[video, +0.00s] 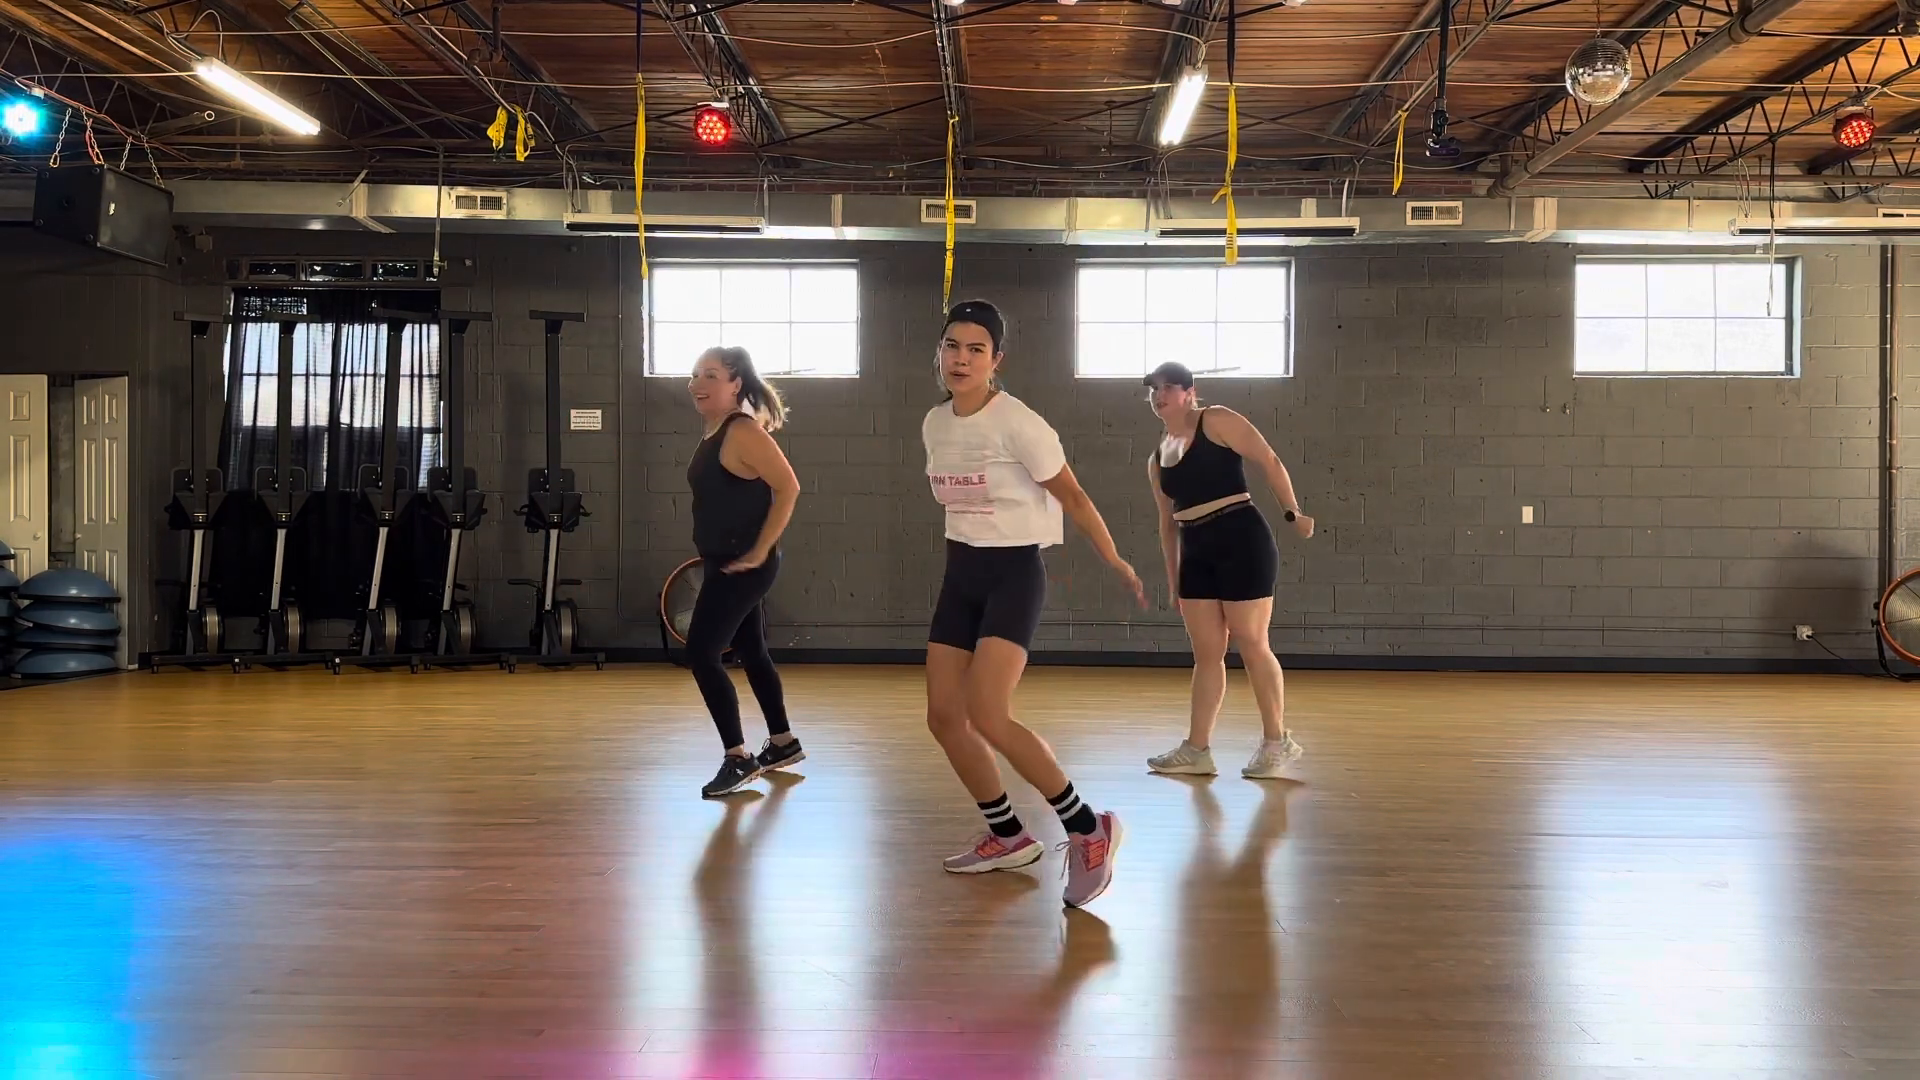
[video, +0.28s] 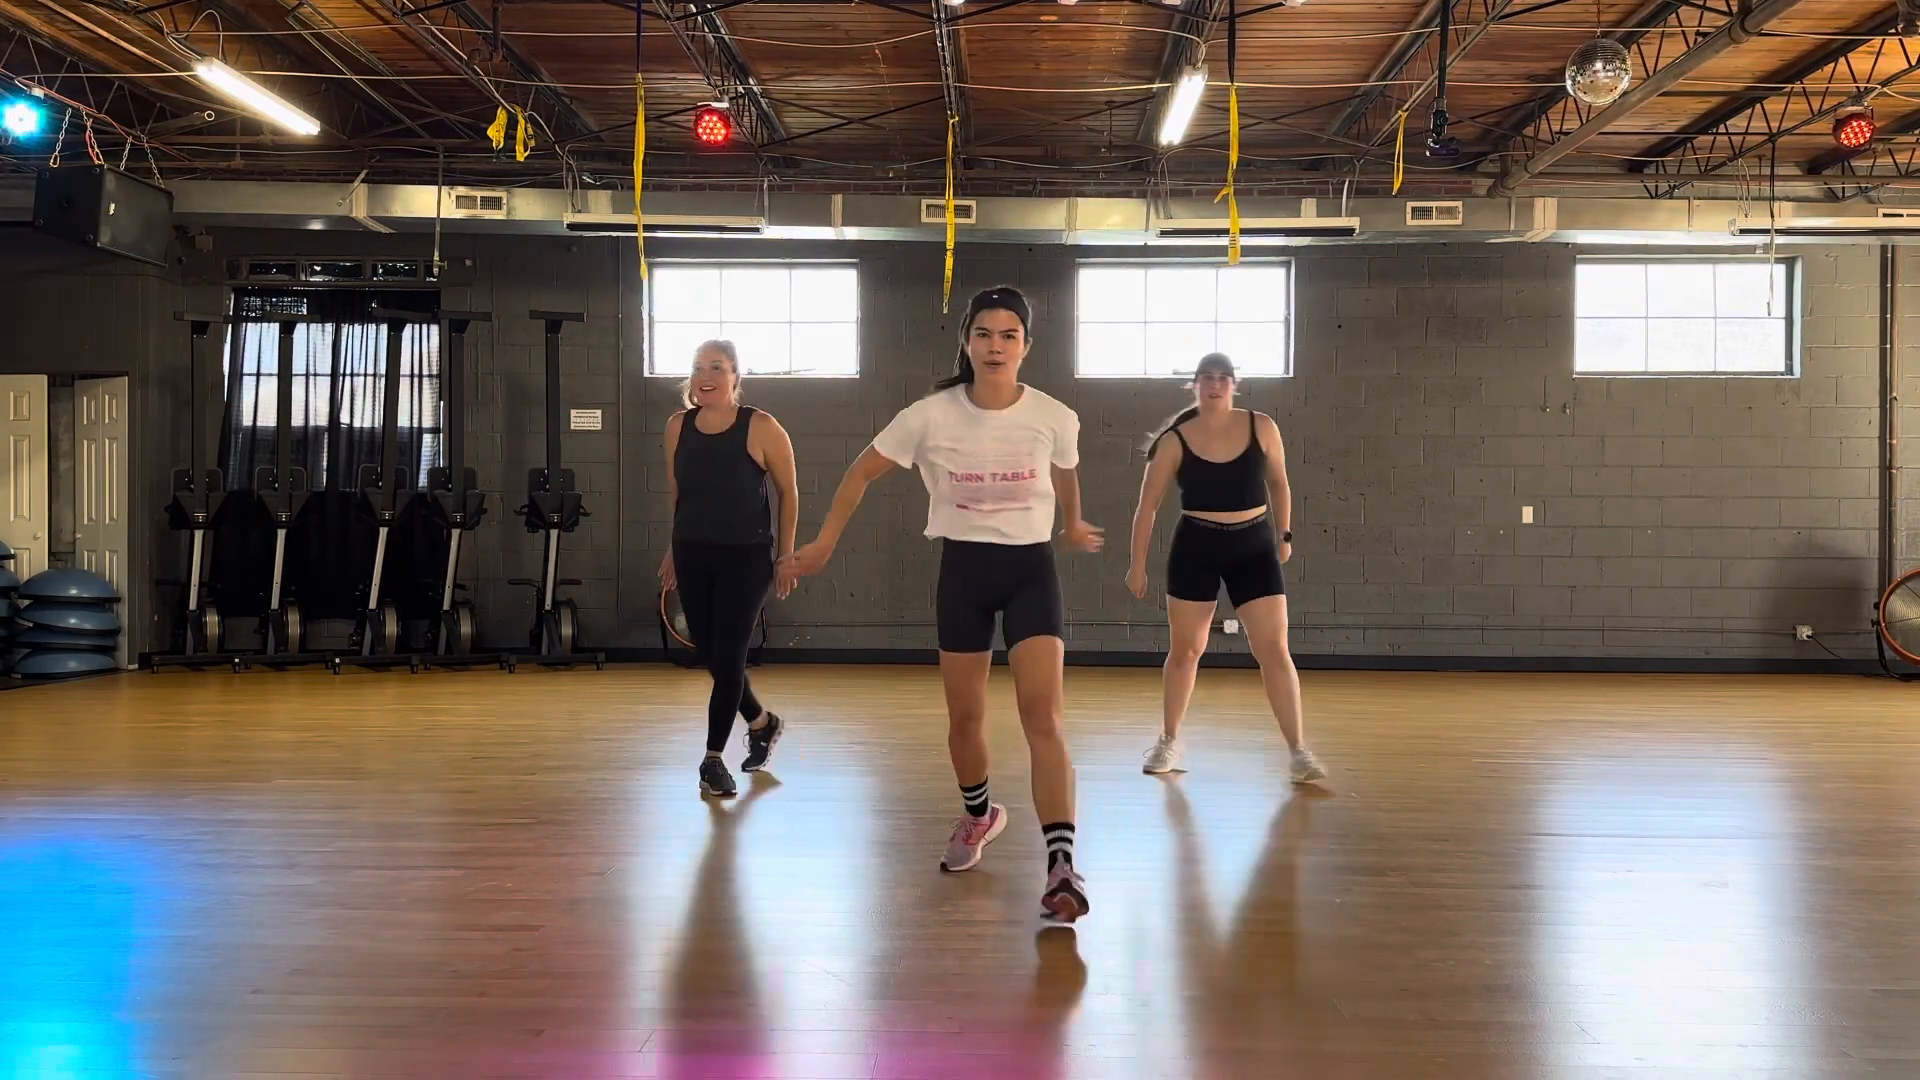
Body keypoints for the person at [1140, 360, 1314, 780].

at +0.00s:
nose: (1155, 397)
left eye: (1164, 389)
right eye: (1152, 390)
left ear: (1188, 392)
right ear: (1152, 398)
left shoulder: (1216, 421)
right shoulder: (1159, 458)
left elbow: (1270, 461)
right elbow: (1168, 523)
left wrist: (1293, 513)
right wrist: (1173, 578)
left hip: (1242, 539)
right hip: (1195, 550)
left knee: (1251, 642)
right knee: (1207, 651)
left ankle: (1276, 743)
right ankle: (1197, 749)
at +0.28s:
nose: (1214, 385)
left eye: (1222, 379)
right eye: (1206, 378)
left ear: (1234, 386)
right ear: (1194, 385)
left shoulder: (1261, 427)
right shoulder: (1174, 440)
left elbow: (1279, 484)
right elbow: (1148, 505)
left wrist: (1284, 536)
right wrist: (1138, 565)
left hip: (1254, 547)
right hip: (1196, 547)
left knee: (1275, 648)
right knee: (1186, 650)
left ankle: (1299, 752)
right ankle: (1168, 742)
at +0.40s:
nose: (1250, 394)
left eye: (1257, 387)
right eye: (1241, 387)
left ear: (1269, 396)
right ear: (1228, 395)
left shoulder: (1289, 446)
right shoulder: (1207, 448)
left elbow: (1290, 504)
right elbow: (1167, 505)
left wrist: (1287, 558)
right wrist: (1146, 566)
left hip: (1266, 561)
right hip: (1210, 558)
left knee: (1286, 661)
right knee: (1189, 660)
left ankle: (1312, 760)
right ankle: (1160, 738)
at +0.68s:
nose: (1296, 392)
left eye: (1304, 385)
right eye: (1288, 384)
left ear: (1316, 393)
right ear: (1274, 392)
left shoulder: (1325, 444)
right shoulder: (1252, 442)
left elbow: (1311, 495)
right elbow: (1194, 487)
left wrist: (1297, 535)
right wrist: (1191, 540)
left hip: (1289, 556)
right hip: (1236, 551)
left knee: (1308, 657)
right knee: (1202, 660)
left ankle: (1313, 761)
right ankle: (1161, 730)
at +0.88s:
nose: (1292, 422)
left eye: (1298, 413)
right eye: (1281, 416)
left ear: (1310, 419)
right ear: (1267, 427)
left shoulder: (1322, 463)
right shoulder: (1248, 475)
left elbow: (1296, 514)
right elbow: (1206, 528)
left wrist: (1267, 549)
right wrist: (1237, 562)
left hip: (1297, 574)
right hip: (1243, 578)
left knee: (1321, 672)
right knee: (1225, 686)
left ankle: (1311, 764)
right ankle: (1162, 751)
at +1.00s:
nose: (1254, 410)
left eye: (1261, 401)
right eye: (1244, 403)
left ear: (1273, 406)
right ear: (1229, 412)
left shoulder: (1302, 438)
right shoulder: (1216, 464)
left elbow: (1300, 491)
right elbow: (1185, 518)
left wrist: (1270, 521)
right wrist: (1228, 538)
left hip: (1289, 556)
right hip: (1231, 559)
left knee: (1314, 660)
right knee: (1190, 663)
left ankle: (1316, 760)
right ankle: (1146, 745)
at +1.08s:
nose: (1222, 406)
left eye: (1230, 398)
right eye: (1214, 397)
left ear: (1244, 401)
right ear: (1203, 402)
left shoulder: (1278, 425)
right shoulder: (1189, 451)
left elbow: (1307, 446)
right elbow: (1172, 500)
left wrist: (1279, 483)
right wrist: (1213, 514)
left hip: (1273, 541)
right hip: (1215, 543)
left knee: (1307, 649)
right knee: (1165, 645)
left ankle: (1337, 750)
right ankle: (1127, 737)